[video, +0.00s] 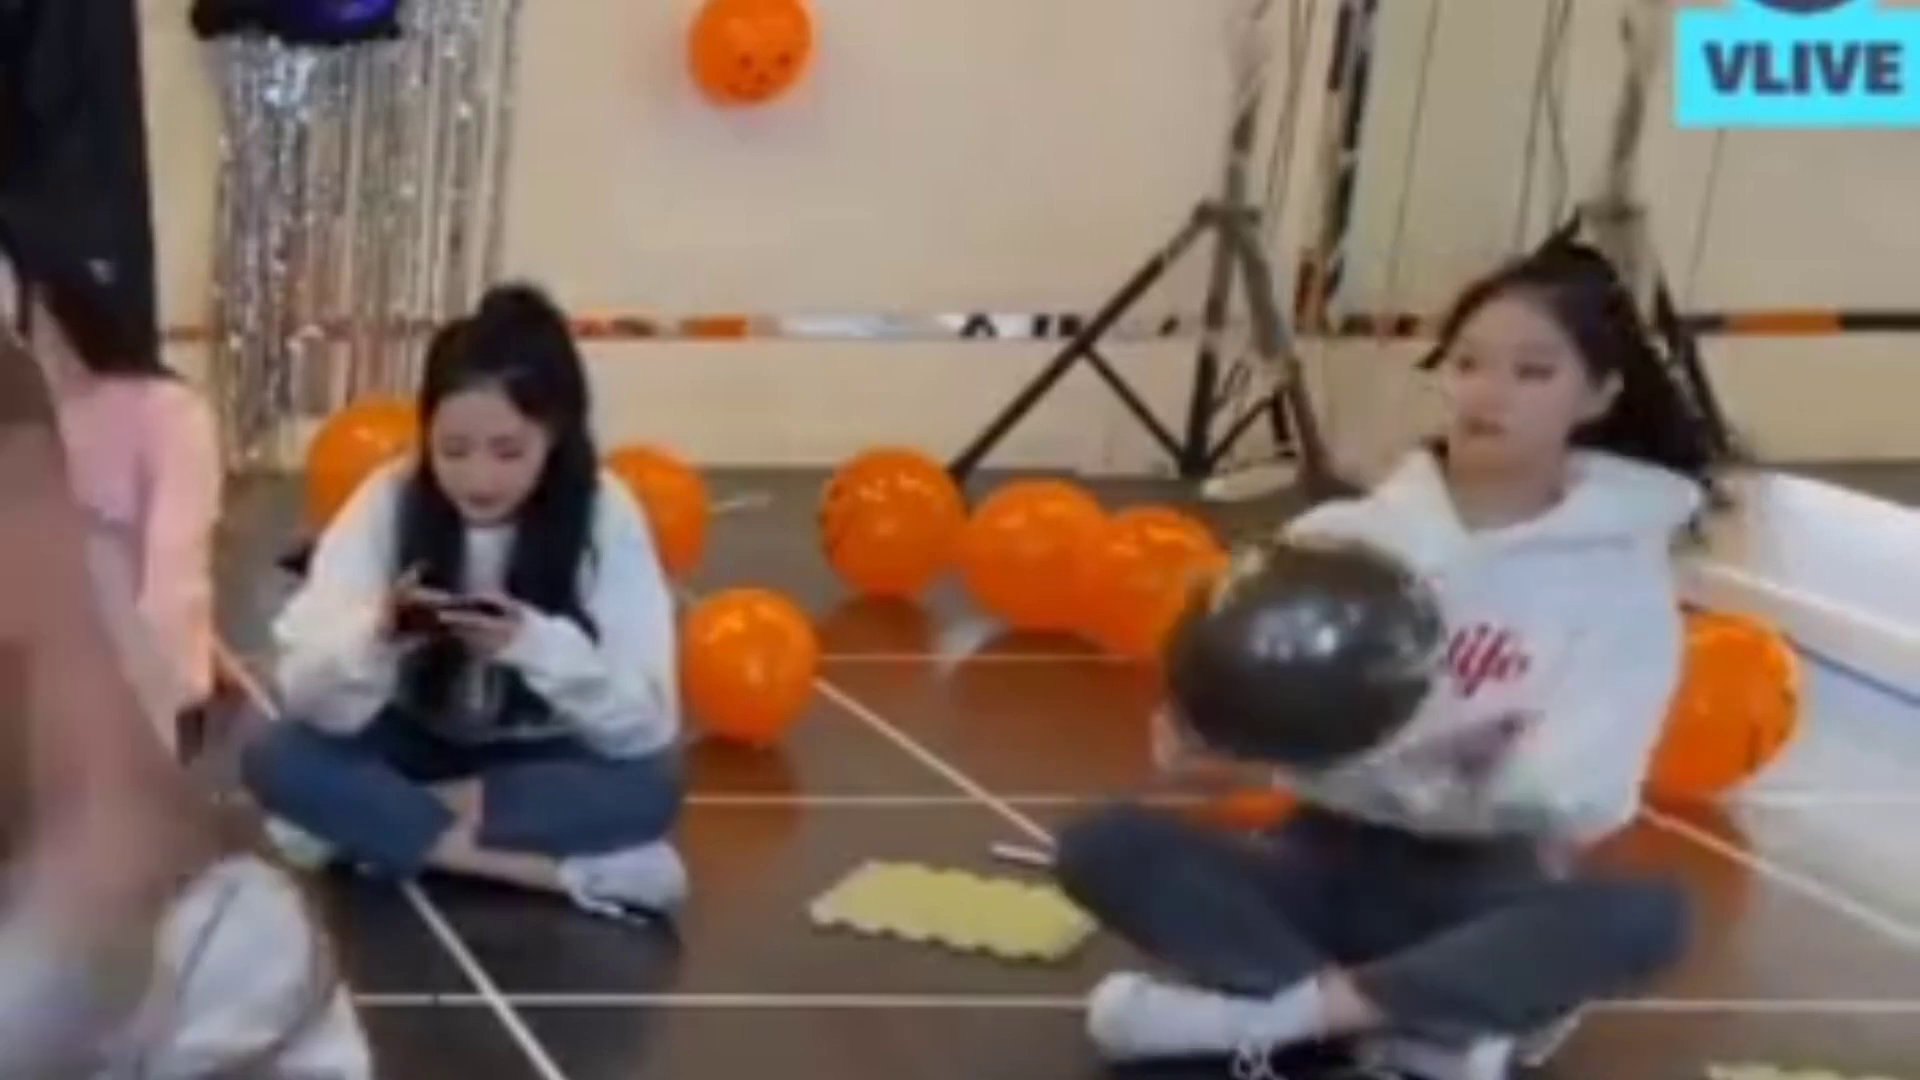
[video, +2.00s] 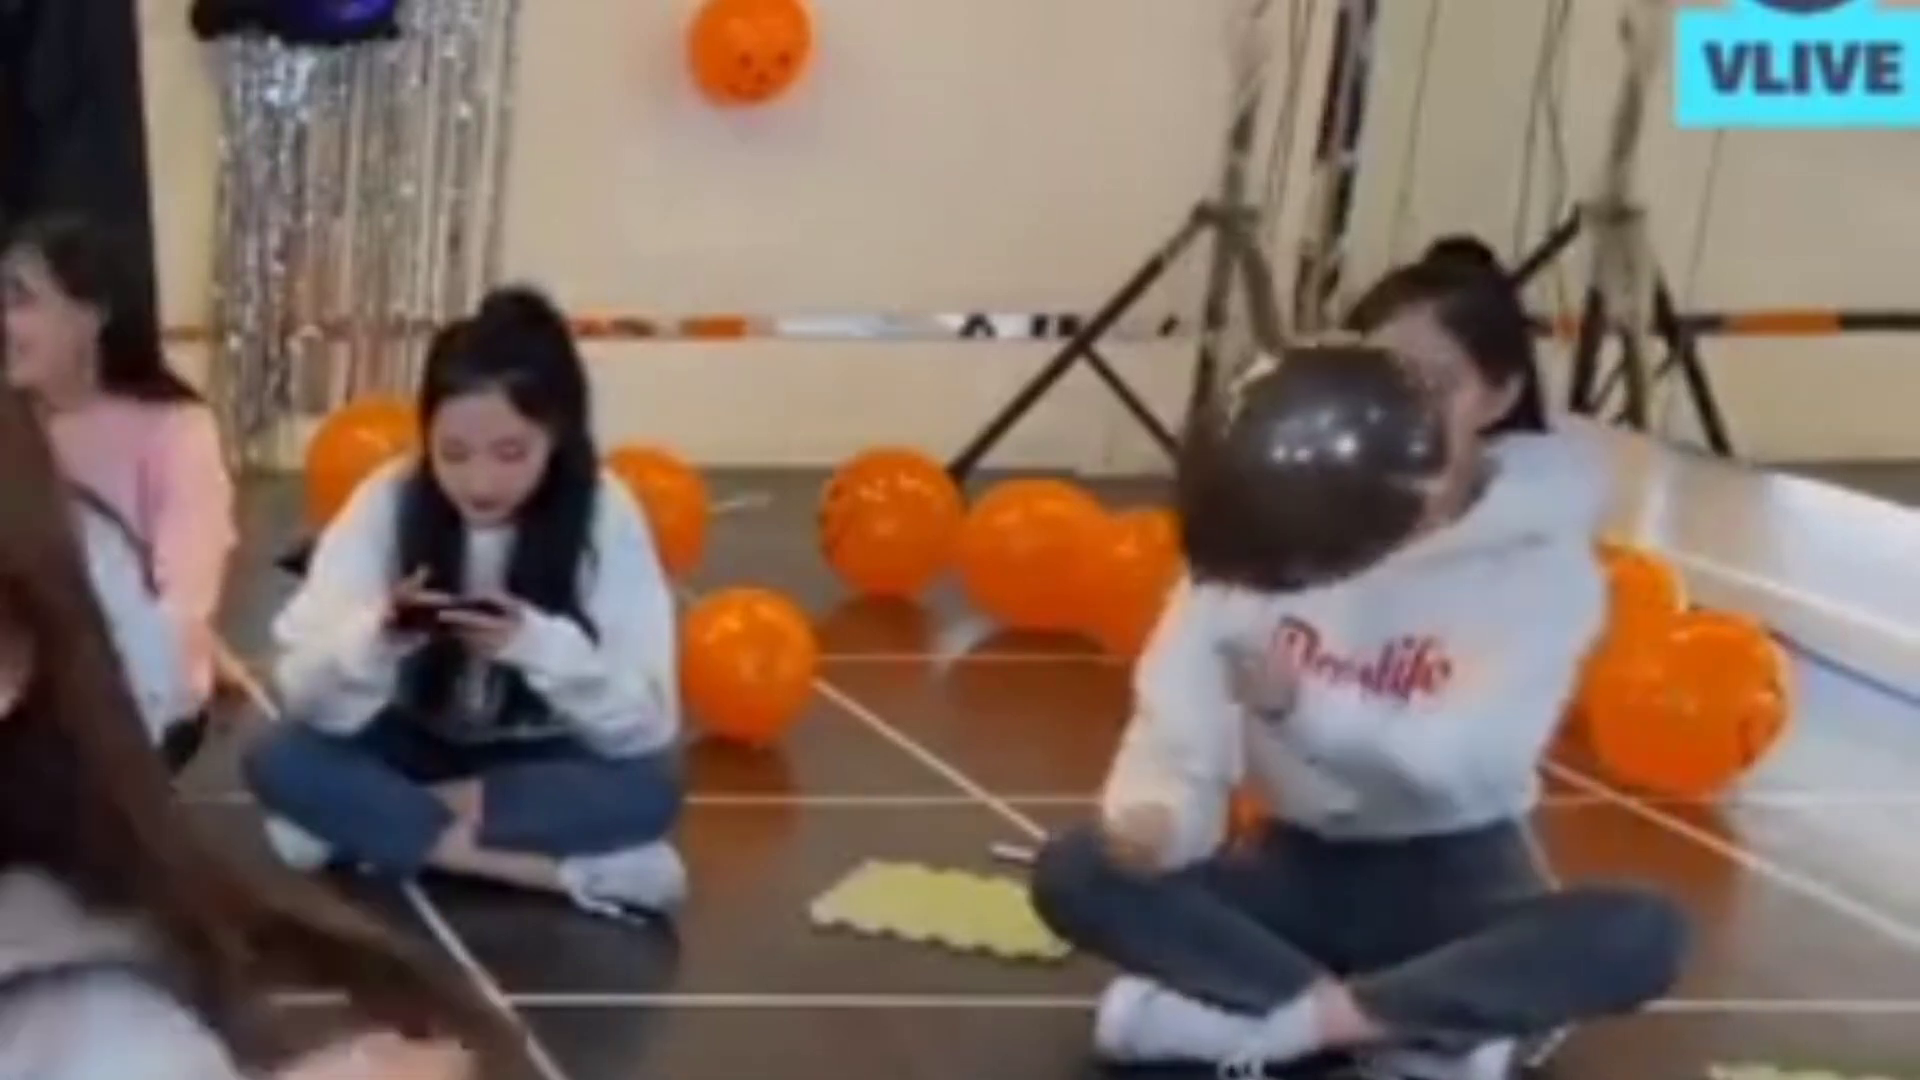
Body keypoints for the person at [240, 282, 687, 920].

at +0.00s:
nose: (478, 480)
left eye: (508, 454)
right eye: (454, 452)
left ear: (556, 441)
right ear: (425, 436)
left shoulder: (604, 516)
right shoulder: (387, 502)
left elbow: (645, 723)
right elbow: (310, 700)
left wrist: (531, 644)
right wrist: (381, 636)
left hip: (545, 742)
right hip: (410, 734)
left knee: (648, 790)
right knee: (275, 757)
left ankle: (366, 837)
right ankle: (550, 877)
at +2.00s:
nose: (480, 484)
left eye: (510, 456)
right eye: (454, 455)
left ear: (558, 440)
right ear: (425, 438)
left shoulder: (603, 515)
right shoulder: (387, 501)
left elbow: (645, 724)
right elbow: (307, 700)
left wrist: (532, 644)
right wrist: (383, 639)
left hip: (545, 743)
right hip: (408, 735)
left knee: (648, 790)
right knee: (277, 759)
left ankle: (366, 837)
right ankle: (549, 877)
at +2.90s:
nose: (483, 485)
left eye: (513, 457)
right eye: (457, 456)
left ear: (558, 442)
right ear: (427, 440)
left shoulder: (605, 515)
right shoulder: (390, 501)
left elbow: (646, 725)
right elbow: (303, 696)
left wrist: (535, 646)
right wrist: (382, 641)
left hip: (542, 745)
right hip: (406, 736)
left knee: (647, 793)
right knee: (292, 767)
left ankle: (375, 836)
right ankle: (549, 877)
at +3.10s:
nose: (483, 485)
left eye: (512, 458)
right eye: (457, 456)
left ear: (559, 444)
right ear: (428, 440)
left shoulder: (605, 511)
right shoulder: (389, 501)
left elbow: (645, 724)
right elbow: (303, 698)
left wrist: (533, 644)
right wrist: (385, 645)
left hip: (544, 746)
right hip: (407, 740)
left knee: (647, 790)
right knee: (291, 769)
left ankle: (370, 838)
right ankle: (551, 877)